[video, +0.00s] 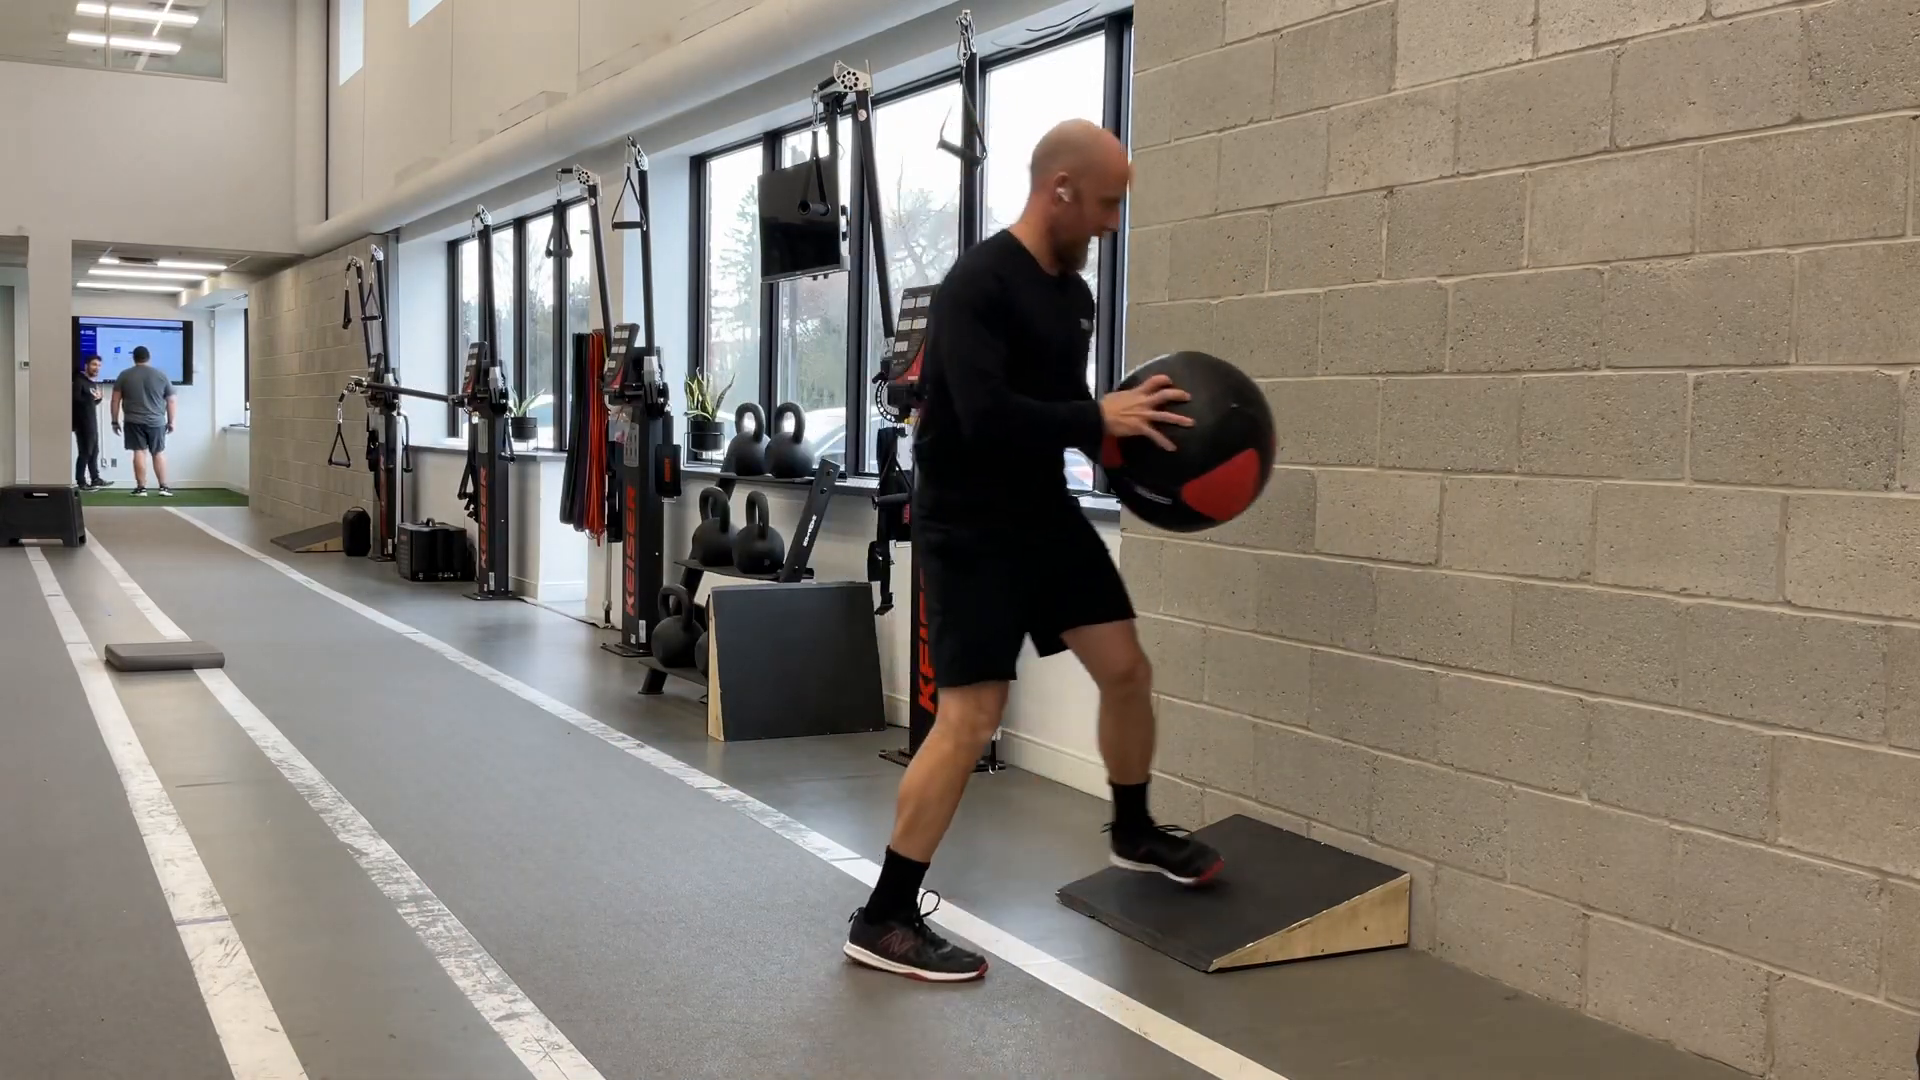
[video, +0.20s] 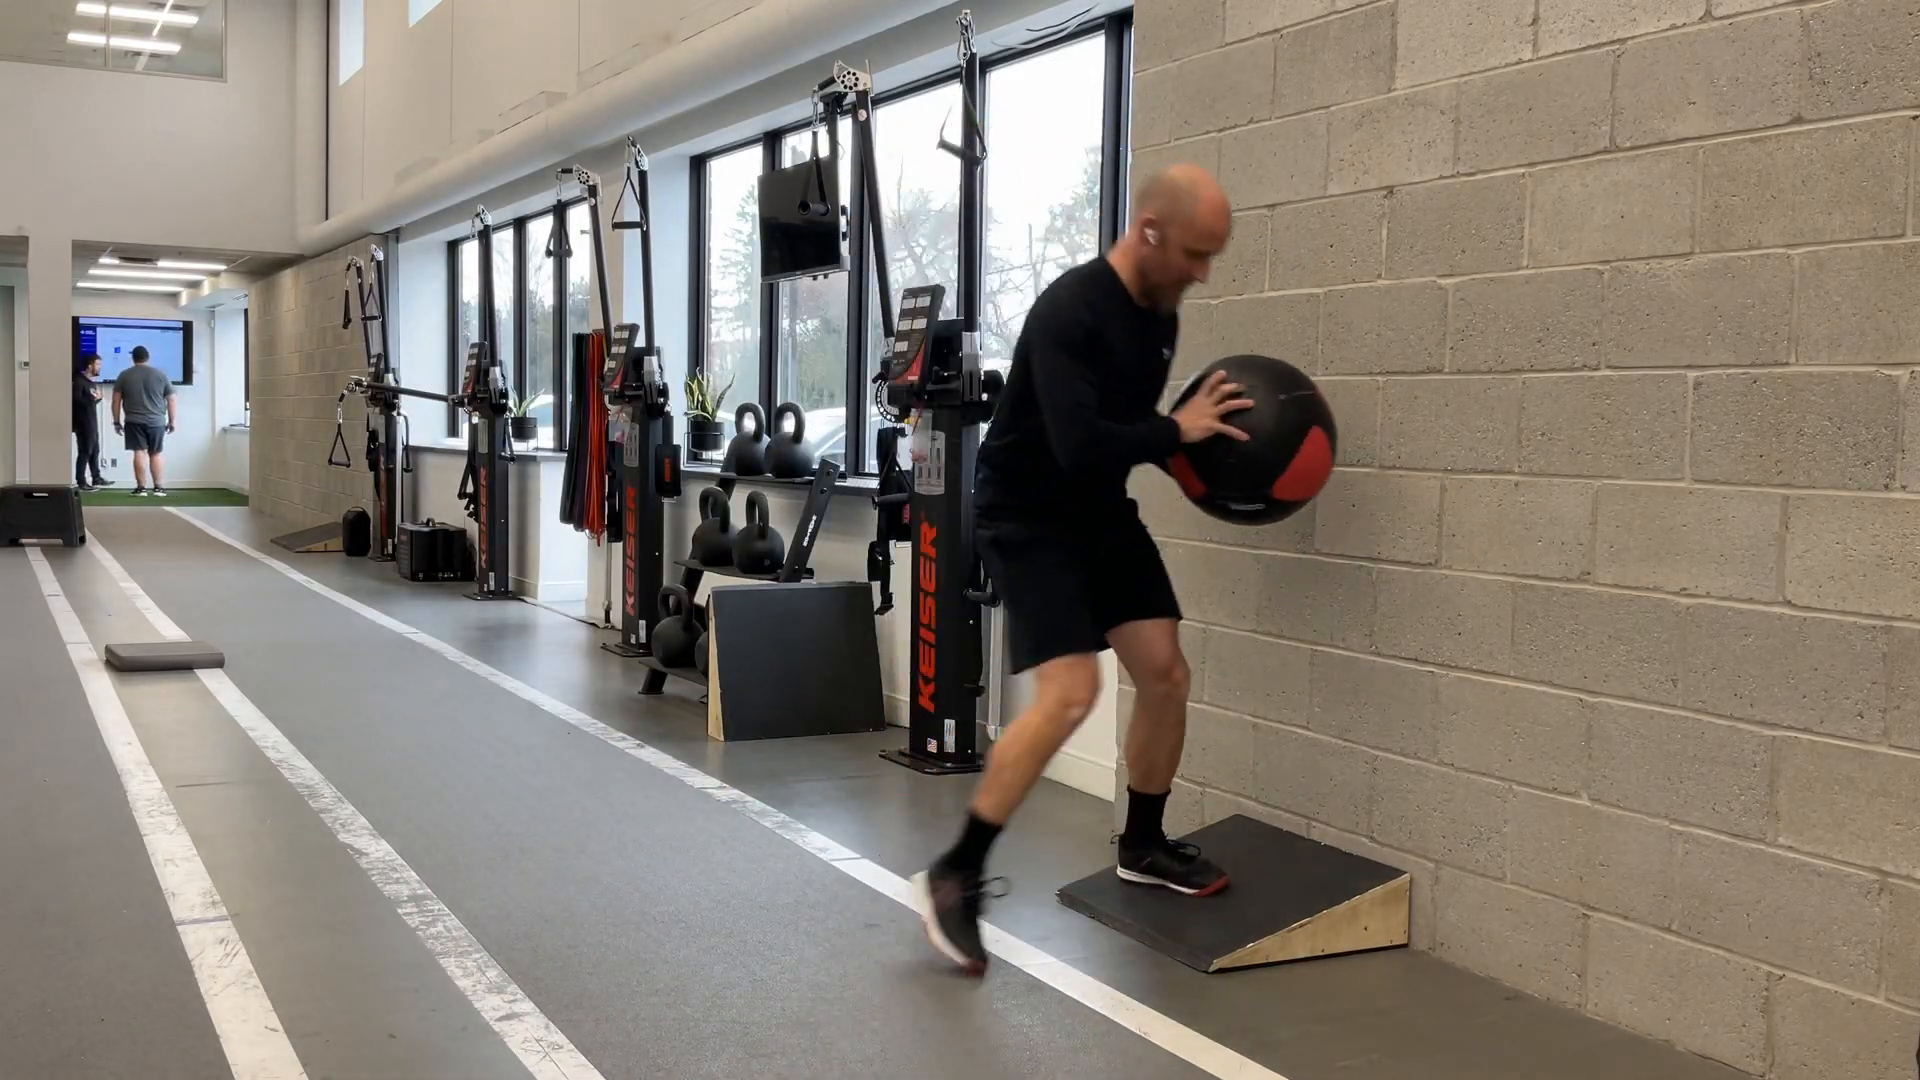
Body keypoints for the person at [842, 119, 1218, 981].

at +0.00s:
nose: (1116, 221)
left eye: (1121, 204)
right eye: (1109, 204)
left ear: (1064, 195)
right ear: (1057, 193)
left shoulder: (1069, 295)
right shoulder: (976, 281)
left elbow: (1062, 412)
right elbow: (981, 410)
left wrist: (1138, 454)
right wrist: (1094, 418)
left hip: (1043, 514)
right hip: (965, 526)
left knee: (1126, 671)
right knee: (968, 717)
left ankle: (1134, 830)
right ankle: (885, 916)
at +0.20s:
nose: (1204, 274)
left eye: (1212, 258)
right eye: (1197, 255)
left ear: (1166, 239)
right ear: (1146, 232)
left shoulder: (1155, 315)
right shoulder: (1070, 309)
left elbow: (1133, 426)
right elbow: (1077, 440)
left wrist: (1202, 466)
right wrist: (1173, 428)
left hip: (1103, 508)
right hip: (1028, 512)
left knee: (1164, 672)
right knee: (1068, 692)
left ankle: (1143, 845)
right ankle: (956, 873)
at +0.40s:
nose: (1247, 333)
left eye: (1257, 320)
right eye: (1241, 316)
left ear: (1256, 298)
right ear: (1198, 283)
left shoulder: (1202, 342)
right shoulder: (1126, 346)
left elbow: (1173, 448)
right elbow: (1143, 484)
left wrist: (1240, 448)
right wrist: (1227, 450)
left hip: (1133, 518)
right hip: (1059, 519)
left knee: (1193, 675)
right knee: (1154, 672)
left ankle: (1149, 838)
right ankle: (1100, 842)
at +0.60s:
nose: (1260, 376)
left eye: (1271, 363)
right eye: (1253, 359)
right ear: (1212, 322)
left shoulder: (1217, 368)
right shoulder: (1145, 373)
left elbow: (1214, 455)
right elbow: (1158, 509)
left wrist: (1305, 444)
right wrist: (1228, 463)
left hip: (1146, 532)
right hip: (1075, 534)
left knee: (1209, 684)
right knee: (1186, 678)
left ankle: (1150, 837)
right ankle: (1113, 844)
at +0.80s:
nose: (1249, 398)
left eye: (1262, 387)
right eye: (1242, 381)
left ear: (1279, 364)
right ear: (1204, 345)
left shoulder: (1211, 390)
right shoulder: (1144, 389)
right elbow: (1188, 526)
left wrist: (1271, 462)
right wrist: (1225, 469)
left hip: (1121, 541)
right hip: (1045, 543)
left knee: (1203, 686)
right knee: (1151, 690)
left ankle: (1148, 844)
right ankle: (1085, 858)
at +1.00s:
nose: (1179, 364)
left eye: (1188, 350)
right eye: (1169, 347)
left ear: (1192, 334)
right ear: (1125, 324)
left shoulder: (1125, 373)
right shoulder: (1092, 394)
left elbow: (1169, 421)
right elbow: (1169, 509)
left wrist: (1251, 439)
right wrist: (1215, 455)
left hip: (1056, 562)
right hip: (969, 563)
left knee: (1171, 695)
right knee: (943, 723)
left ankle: (1144, 848)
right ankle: (837, 873)